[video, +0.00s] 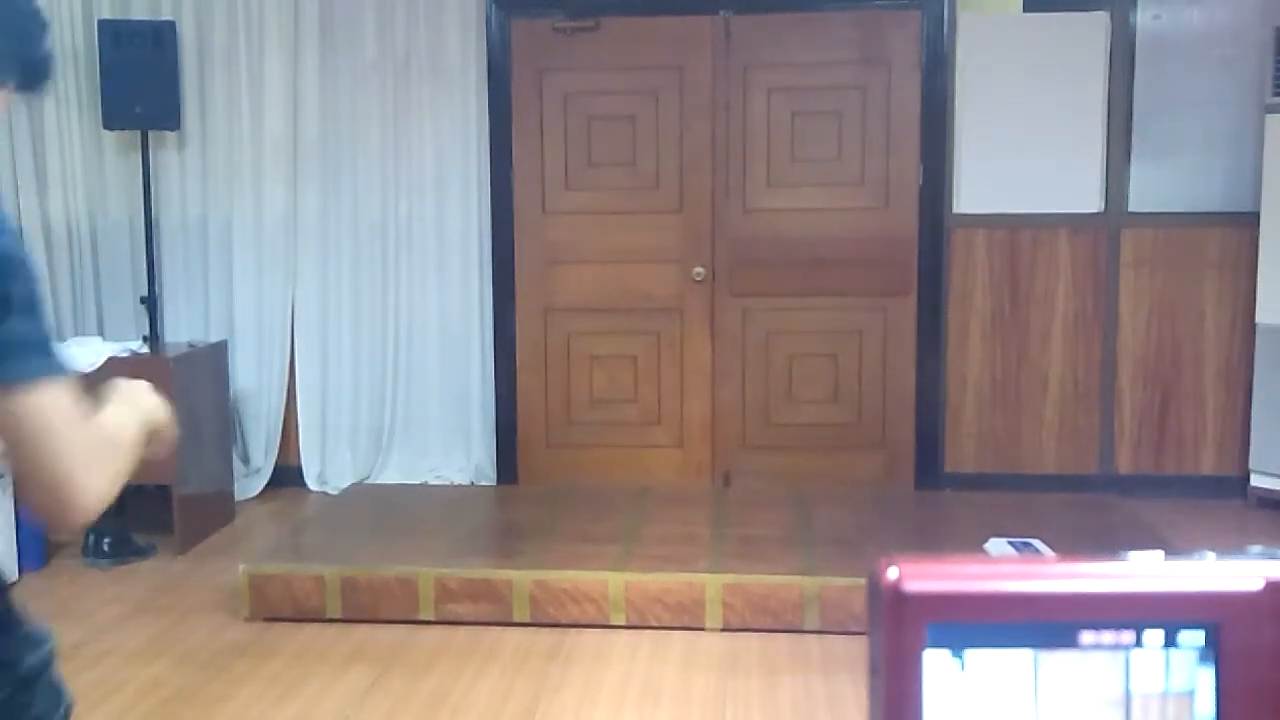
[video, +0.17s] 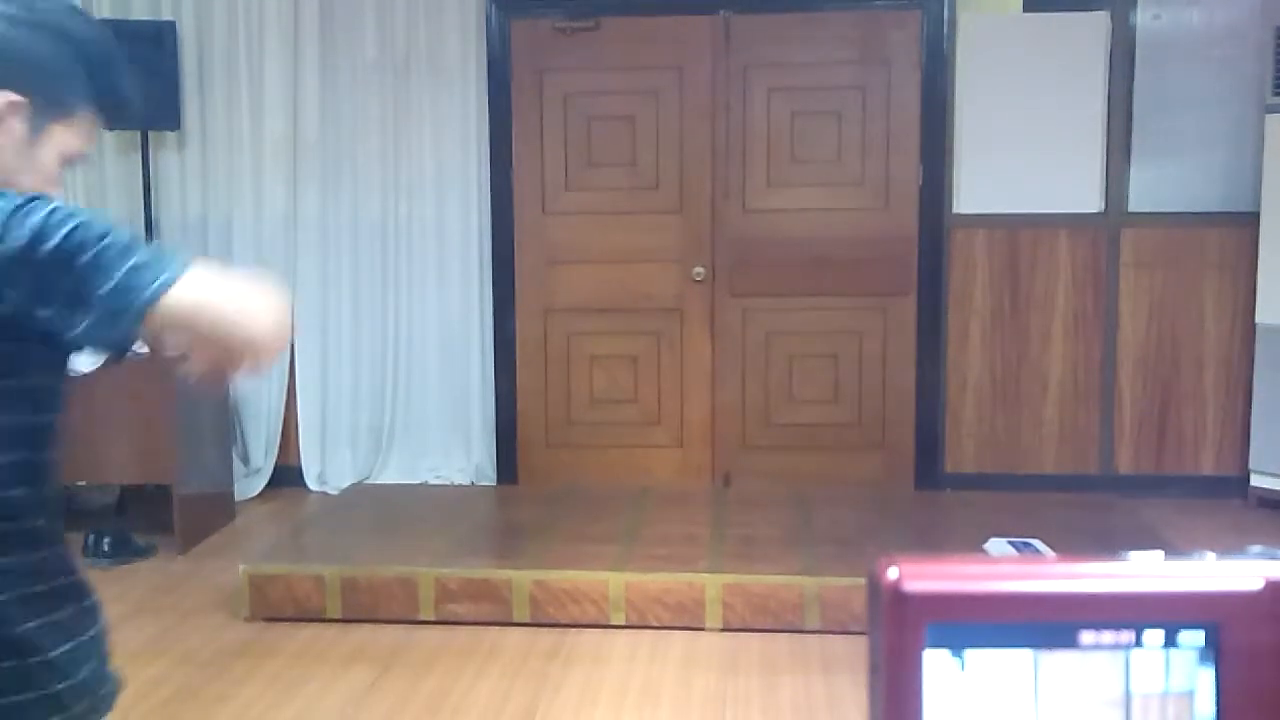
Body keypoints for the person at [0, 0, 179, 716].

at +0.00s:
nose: (15, 102)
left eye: (19, 84)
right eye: (17, 84)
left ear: (19, 80)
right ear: (11, 80)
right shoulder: (3, 241)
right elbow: (70, 493)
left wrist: (113, 410)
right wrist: (131, 407)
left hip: (16, 664)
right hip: (13, 671)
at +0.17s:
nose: (62, 189)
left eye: (71, 167)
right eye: (64, 161)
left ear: (10, 121)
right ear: (9, 120)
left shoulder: (25, 232)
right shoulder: (18, 229)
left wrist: (191, 335)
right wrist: (207, 343)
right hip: (32, 677)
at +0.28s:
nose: (122, 196)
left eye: (138, 177)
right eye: (130, 174)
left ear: (63, 142)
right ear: (71, 146)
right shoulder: (44, 212)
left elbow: (297, 173)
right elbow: (299, 171)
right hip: (62, 648)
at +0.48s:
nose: (177, 160)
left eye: (184, 147)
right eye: (176, 144)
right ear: (126, 132)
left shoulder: (10, 184)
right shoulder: (129, 195)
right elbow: (292, 99)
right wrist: (181, 18)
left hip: (8, 595)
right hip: (114, 600)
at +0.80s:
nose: (222, 172)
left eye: (226, 151)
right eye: (212, 151)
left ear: (135, 133)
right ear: (144, 133)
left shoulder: (11, 213)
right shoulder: (169, 218)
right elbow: (287, 170)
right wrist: (216, 102)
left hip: (27, 559)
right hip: (158, 561)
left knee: (51, 712)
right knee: (172, 707)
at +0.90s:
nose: (228, 167)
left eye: (234, 148)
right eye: (220, 145)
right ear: (155, 124)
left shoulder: (19, 213)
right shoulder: (172, 204)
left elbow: (12, 372)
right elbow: (297, 162)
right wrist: (234, 116)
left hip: (55, 536)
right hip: (169, 542)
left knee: (109, 708)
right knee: (216, 705)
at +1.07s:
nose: (256, 150)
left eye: (262, 132)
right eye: (244, 130)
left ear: (174, 119)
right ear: (181, 119)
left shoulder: (90, 200)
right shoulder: (199, 193)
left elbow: (65, 322)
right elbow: (328, 147)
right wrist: (272, 114)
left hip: (90, 497)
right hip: (194, 498)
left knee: (116, 702)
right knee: (258, 698)